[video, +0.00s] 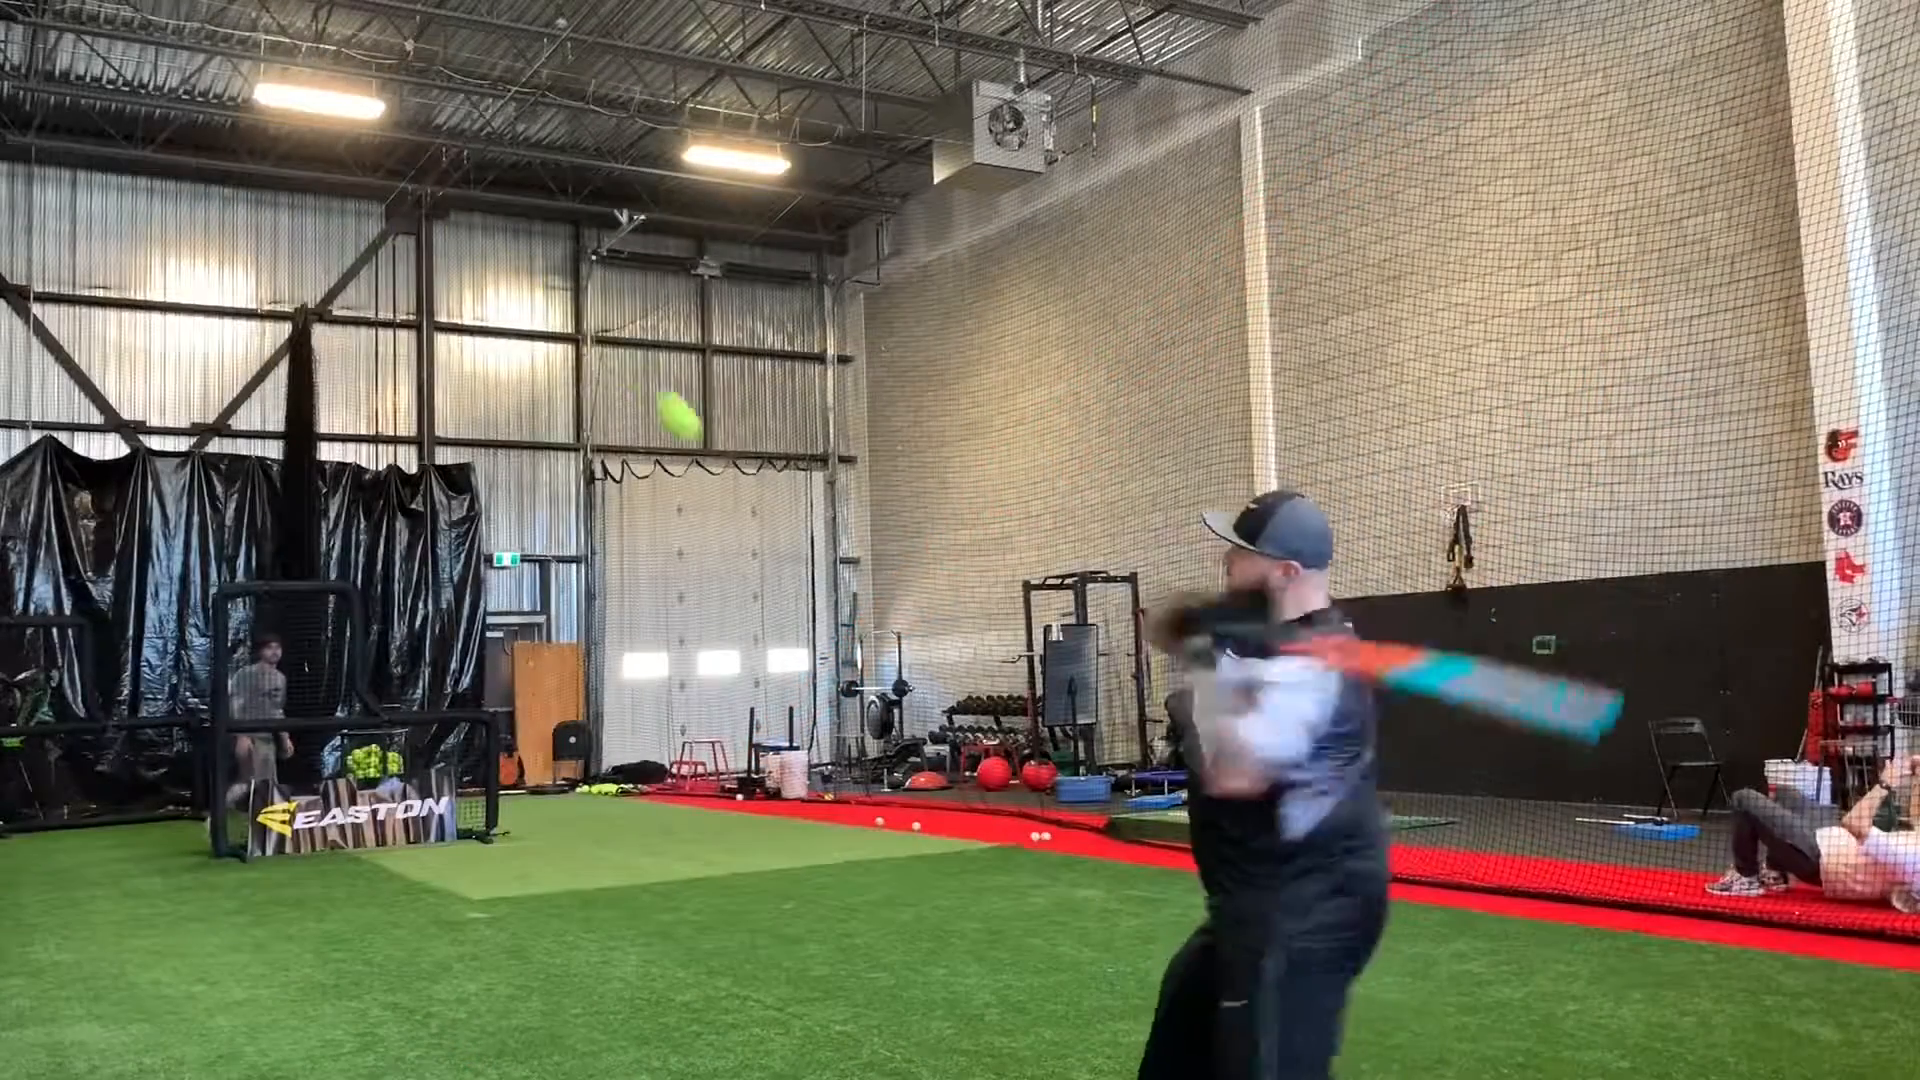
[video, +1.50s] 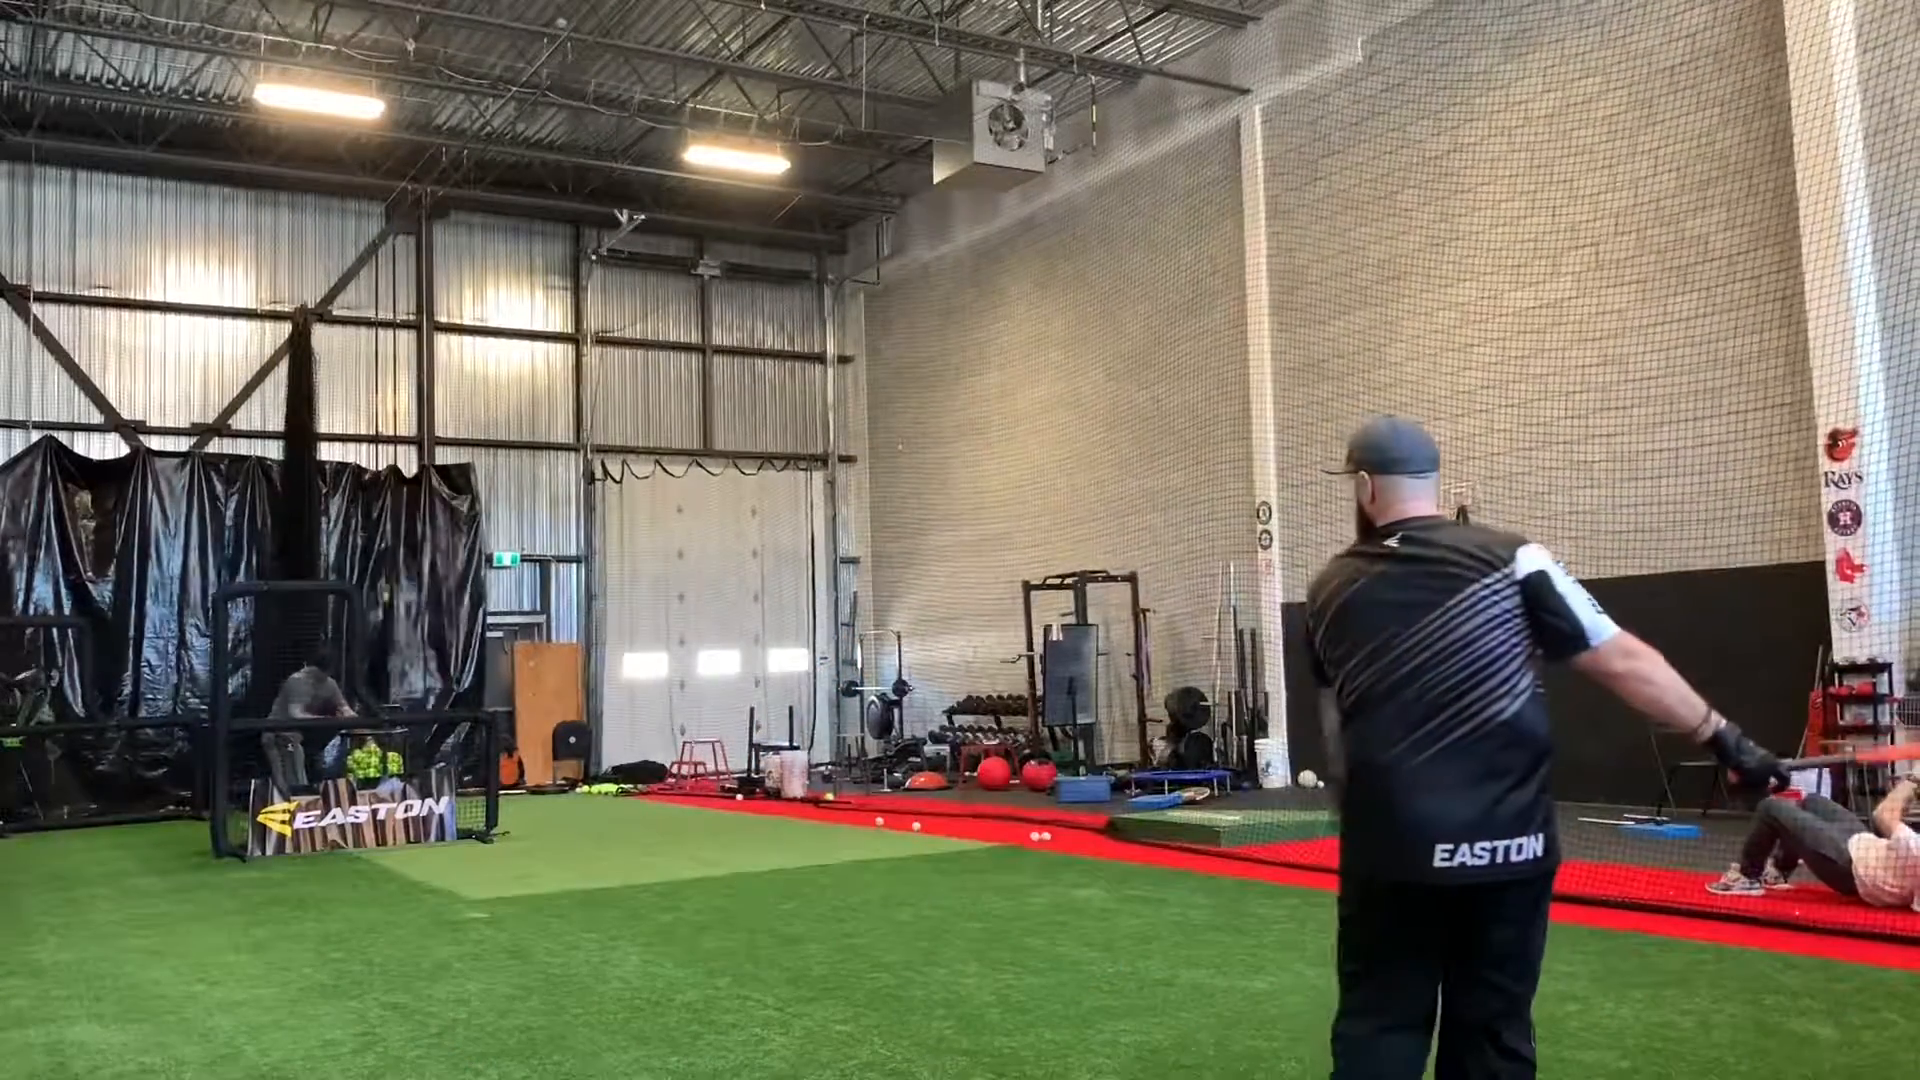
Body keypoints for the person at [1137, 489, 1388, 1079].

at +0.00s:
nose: (1228, 559)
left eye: (1241, 550)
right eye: (1233, 548)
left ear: (1286, 570)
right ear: (1285, 570)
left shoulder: (1311, 661)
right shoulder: (1264, 633)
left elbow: (1233, 771)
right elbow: (1160, 630)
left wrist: (1202, 678)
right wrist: (1206, 620)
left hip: (1312, 896)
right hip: (1274, 886)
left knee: (1273, 1055)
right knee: (1189, 995)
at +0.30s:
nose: (1178, 543)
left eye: (1179, 532)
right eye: (1182, 529)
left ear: (1190, 539)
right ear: (1266, 521)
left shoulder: (1175, 617)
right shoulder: (1344, 579)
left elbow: (1258, 605)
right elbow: (1480, 625)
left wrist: (1365, 569)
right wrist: (1606, 634)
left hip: (1240, 874)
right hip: (1345, 863)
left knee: (1247, 1053)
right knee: (1272, 1045)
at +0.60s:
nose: (1254, 508)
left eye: (1254, 496)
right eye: (1255, 495)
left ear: (1263, 503)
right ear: (1333, 485)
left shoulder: (1256, 577)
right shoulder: (1360, 544)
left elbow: (1376, 544)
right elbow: (1353, 637)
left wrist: (1421, 483)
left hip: (1288, 842)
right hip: (1390, 839)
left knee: (1300, 1042)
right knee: (1352, 1039)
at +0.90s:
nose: (1380, 466)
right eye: (1378, 457)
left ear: (1301, 470)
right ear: (1375, 461)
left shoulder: (1306, 547)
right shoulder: (1377, 540)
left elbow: (1452, 544)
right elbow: (1377, 667)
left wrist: (1518, 481)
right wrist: (1431, 787)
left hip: (1320, 813)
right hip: (1410, 813)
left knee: (1346, 1014)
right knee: (1460, 1010)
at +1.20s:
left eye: (1342, 481)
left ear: (1342, 485)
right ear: (1416, 479)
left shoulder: (1326, 569)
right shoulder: (1444, 561)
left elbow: (1460, 581)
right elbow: (1512, 672)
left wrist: (1571, 561)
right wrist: (1633, 771)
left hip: (1368, 842)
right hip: (1473, 841)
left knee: (1369, 1016)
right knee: (1479, 1025)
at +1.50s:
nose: (1355, 494)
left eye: (1354, 483)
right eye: (1356, 482)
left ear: (1366, 490)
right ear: (1437, 483)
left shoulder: (1330, 591)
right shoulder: (1509, 558)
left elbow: (1337, 718)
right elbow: (1618, 660)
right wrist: (1725, 737)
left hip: (1388, 854)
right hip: (1508, 850)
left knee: (1375, 1028)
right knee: (1493, 1035)